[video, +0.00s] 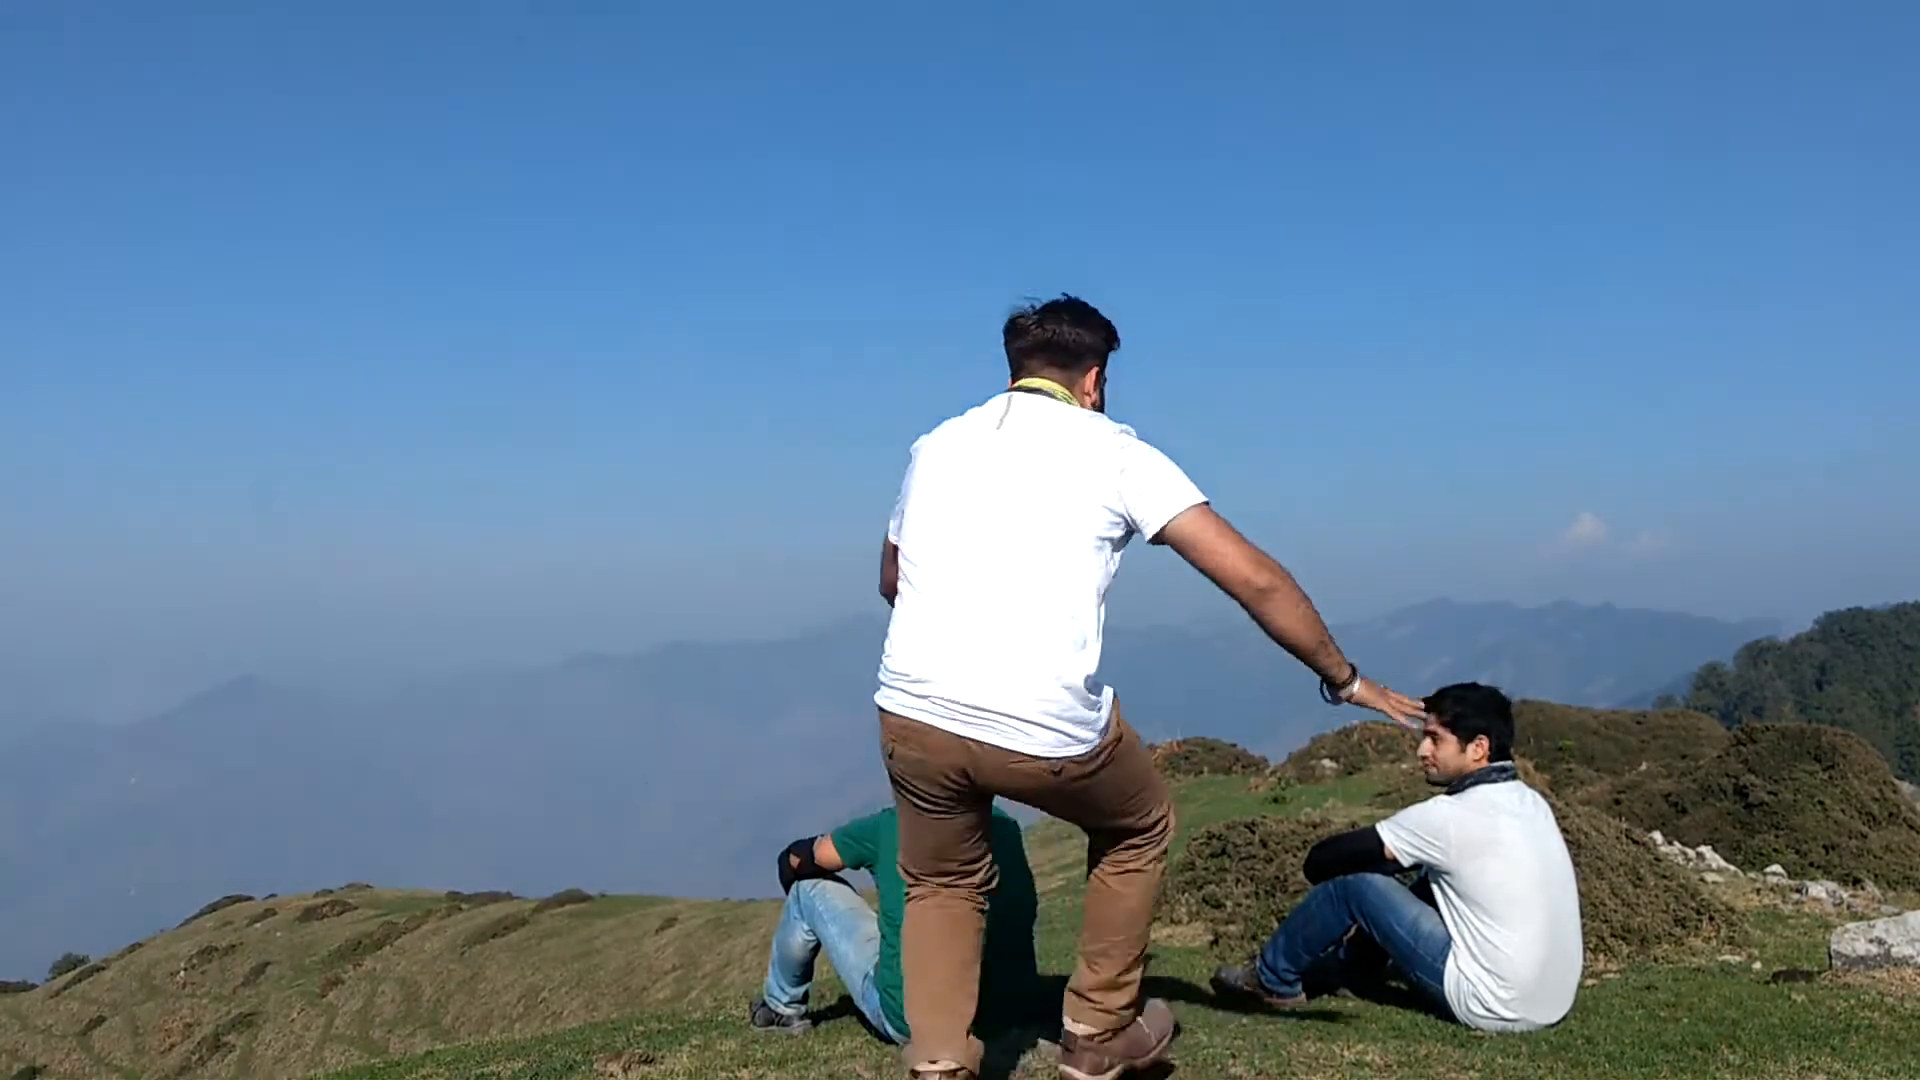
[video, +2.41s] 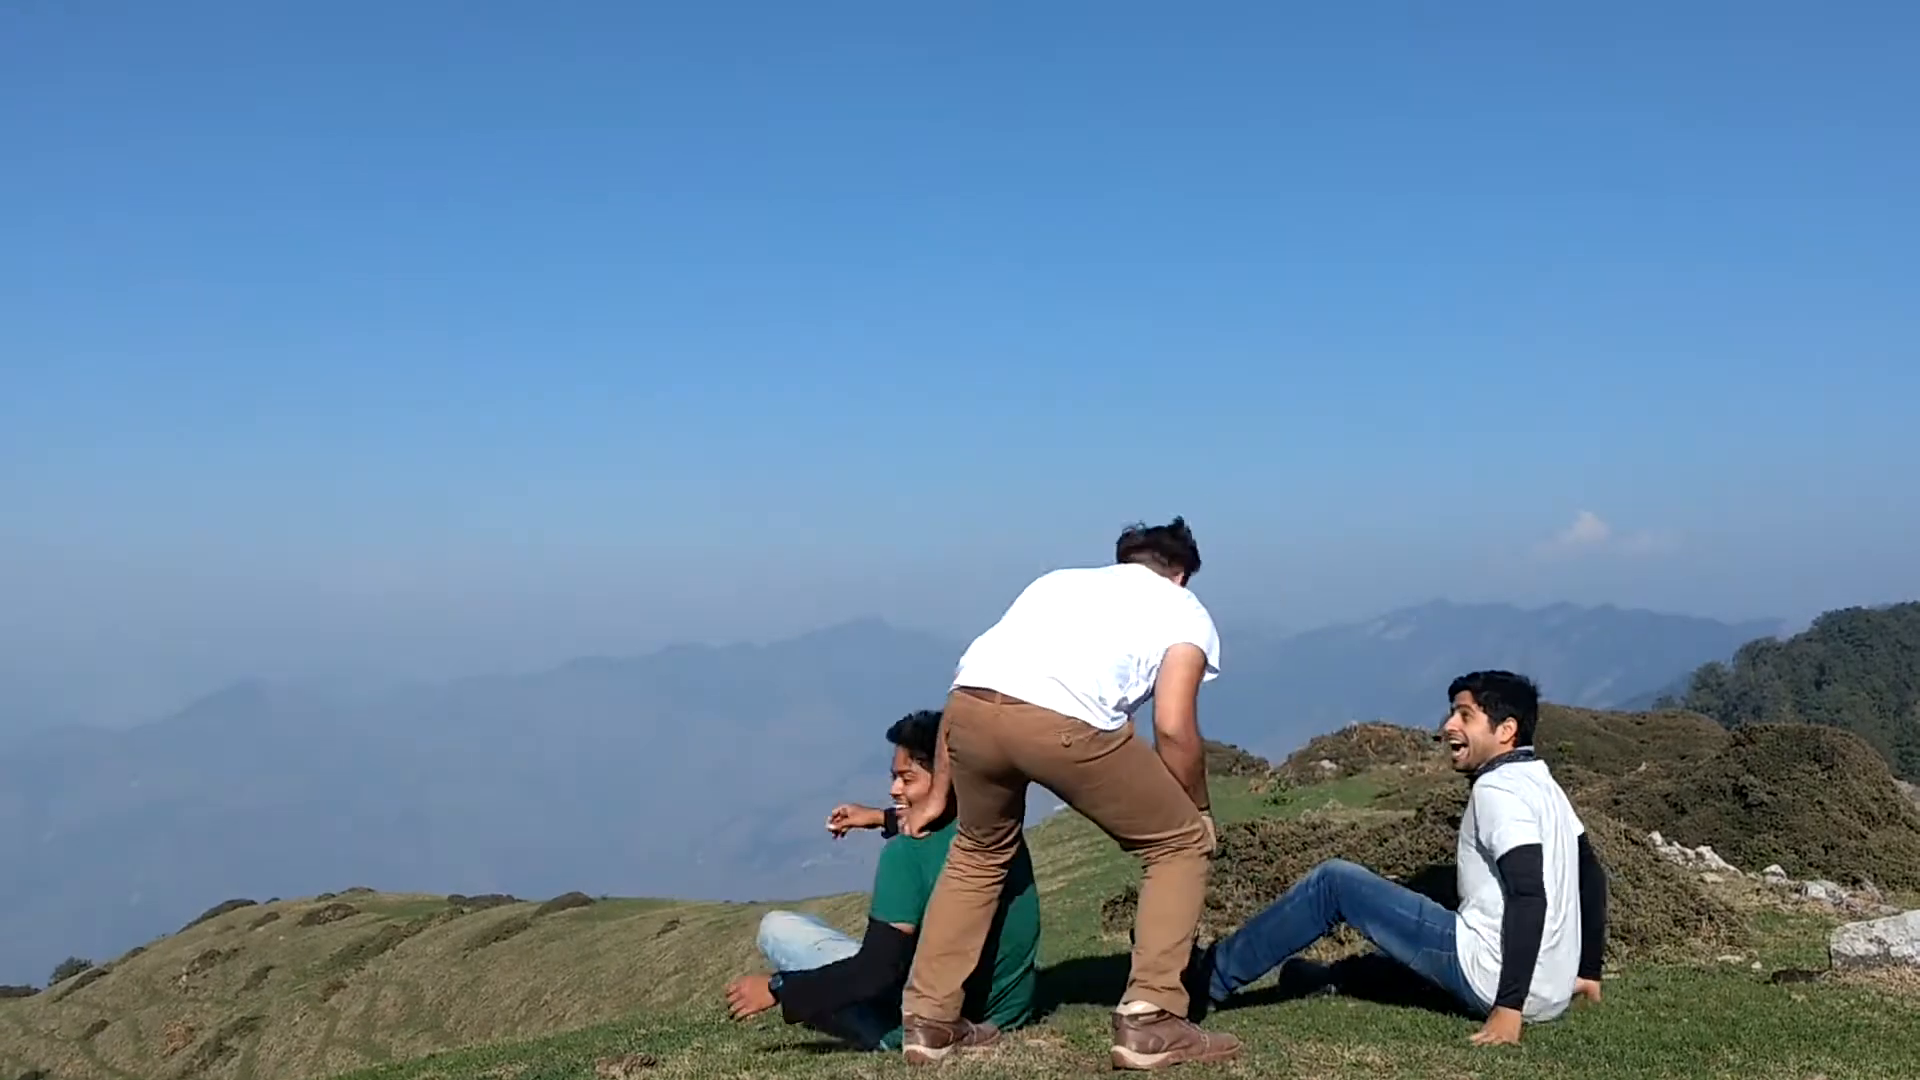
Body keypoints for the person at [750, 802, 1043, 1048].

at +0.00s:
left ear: (915, 778)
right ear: (976, 778)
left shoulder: (892, 824)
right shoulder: (1007, 830)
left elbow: (799, 859)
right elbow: (1020, 909)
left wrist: (792, 877)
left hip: (909, 1020)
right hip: (999, 1021)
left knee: (810, 889)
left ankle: (782, 1005)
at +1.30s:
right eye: (980, 763)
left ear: (915, 772)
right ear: (978, 771)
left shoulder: (890, 823)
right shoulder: (1009, 825)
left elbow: (796, 858)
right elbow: (1015, 910)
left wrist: (798, 884)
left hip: (915, 1020)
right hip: (1008, 1011)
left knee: (812, 886)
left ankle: (783, 1003)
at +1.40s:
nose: (999, 776)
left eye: (997, 766)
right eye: (998, 768)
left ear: (928, 772)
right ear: (986, 777)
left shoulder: (889, 822)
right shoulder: (1012, 828)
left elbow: (795, 858)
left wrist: (794, 886)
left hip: (914, 1021)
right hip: (1008, 1012)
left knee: (810, 885)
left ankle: (783, 1002)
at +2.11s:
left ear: (940, 774)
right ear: (1010, 780)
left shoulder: (906, 844)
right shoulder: (1037, 840)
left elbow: (808, 916)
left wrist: (765, 900)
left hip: (917, 1021)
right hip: (1003, 1018)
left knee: (799, 879)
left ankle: (828, 996)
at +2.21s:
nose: (921, 774)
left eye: (926, 763)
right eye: (924, 763)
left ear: (943, 773)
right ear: (1005, 775)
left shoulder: (912, 847)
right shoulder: (1040, 851)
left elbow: (817, 936)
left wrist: (755, 930)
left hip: (913, 1025)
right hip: (1007, 1019)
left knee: (785, 893)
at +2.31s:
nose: (904, 786)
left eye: (915, 773)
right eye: (905, 773)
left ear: (951, 777)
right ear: (972, 779)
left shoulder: (909, 854)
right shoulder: (1018, 834)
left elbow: (850, 961)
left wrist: (761, 963)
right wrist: (923, 826)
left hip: (921, 1030)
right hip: (1009, 1014)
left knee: (778, 917)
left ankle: (852, 1018)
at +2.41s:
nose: (895, 790)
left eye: (906, 777)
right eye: (895, 776)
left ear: (946, 777)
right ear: (950, 779)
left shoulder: (903, 854)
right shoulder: (999, 831)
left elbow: (877, 971)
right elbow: (942, 826)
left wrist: (778, 988)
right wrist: (884, 819)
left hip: (937, 1026)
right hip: (1009, 1009)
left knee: (776, 924)